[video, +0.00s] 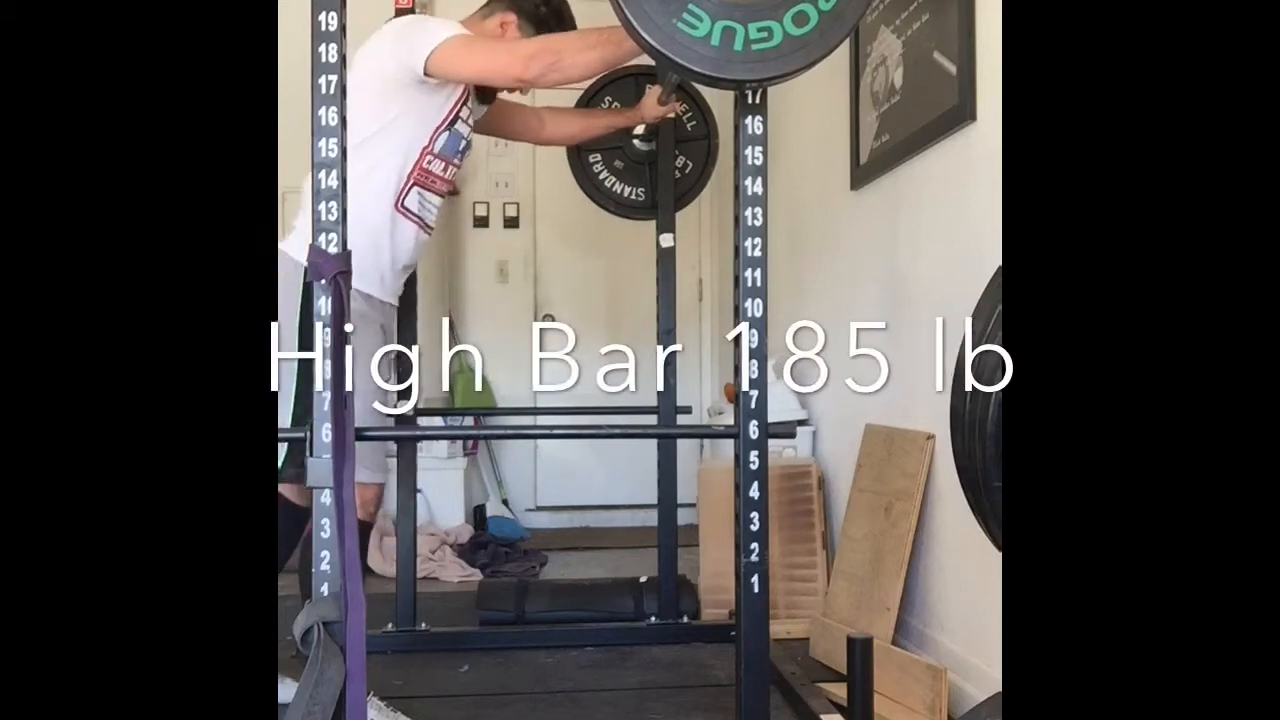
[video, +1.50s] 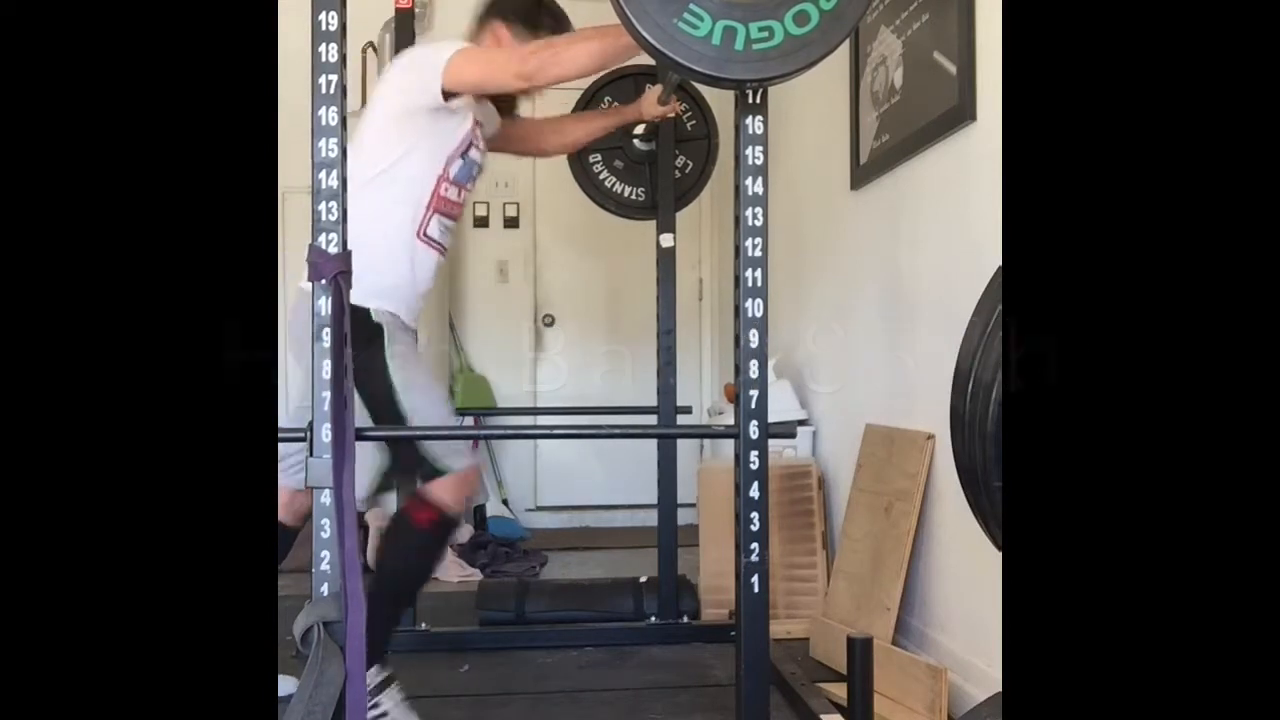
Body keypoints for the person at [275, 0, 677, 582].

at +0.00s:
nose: (519, 65)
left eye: (532, 57)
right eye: (528, 53)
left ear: (500, 26)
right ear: (505, 25)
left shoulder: (462, 99)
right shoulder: (411, 37)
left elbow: (541, 124)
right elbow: (530, 65)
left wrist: (636, 115)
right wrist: (659, 28)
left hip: (370, 297)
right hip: (328, 285)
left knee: (301, 475)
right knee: (359, 487)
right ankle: (322, 633)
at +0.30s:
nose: (522, 81)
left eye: (533, 71)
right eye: (526, 65)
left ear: (498, 33)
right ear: (500, 31)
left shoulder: (454, 106)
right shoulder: (407, 46)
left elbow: (538, 127)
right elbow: (535, 66)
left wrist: (635, 115)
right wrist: (658, 30)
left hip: (364, 299)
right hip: (317, 288)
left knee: (359, 492)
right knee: (357, 488)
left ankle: (330, 673)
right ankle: (336, 679)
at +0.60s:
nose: (512, 15)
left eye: (514, 7)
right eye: (507, 1)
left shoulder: (439, 71)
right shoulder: (398, 38)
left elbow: (532, 116)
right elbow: (530, 63)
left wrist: (634, 110)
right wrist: (653, 31)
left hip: (378, 294)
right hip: (350, 291)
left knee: (322, 478)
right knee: (368, 488)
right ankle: (331, 680)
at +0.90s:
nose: (503, 6)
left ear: (436, 1)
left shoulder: (438, 74)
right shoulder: (401, 39)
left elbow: (529, 117)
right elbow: (535, 59)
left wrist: (633, 111)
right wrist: (655, 28)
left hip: (374, 298)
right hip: (353, 295)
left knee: (303, 478)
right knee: (380, 486)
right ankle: (335, 683)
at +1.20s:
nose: (501, 8)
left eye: (499, 1)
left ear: (433, 1)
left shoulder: (439, 75)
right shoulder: (401, 39)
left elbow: (527, 115)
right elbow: (531, 60)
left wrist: (632, 110)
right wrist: (652, 28)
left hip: (374, 300)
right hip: (349, 297)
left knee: (297, 483)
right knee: (383, 492)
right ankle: (337, 684)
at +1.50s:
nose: (534, 72)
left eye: (543, 62)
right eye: (533, 58)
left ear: (505, 43)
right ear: (498, 34)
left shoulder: (472, 121)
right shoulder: (421, 68)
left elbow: (546, 136)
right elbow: (543, 66)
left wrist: (634, 114)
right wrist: (659, 28)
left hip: (378, 319)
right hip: (347, 311)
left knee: (297, 494)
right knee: (452, 478)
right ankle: (358, 667)